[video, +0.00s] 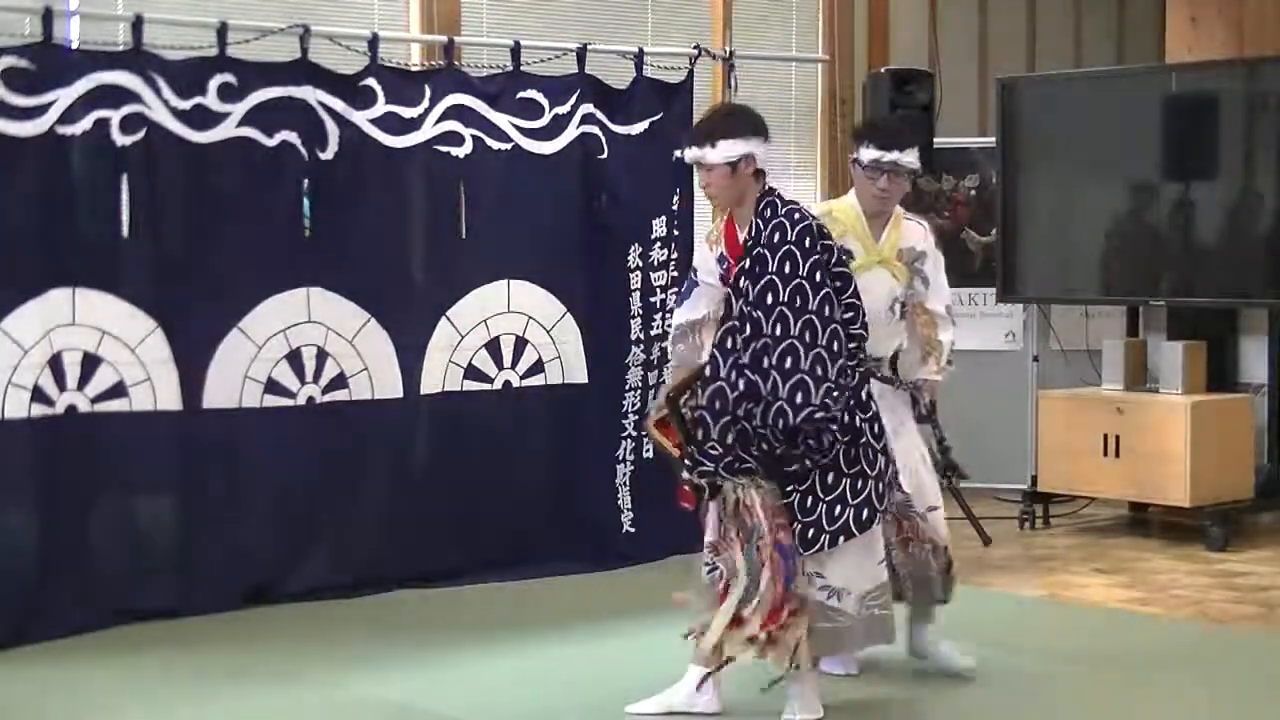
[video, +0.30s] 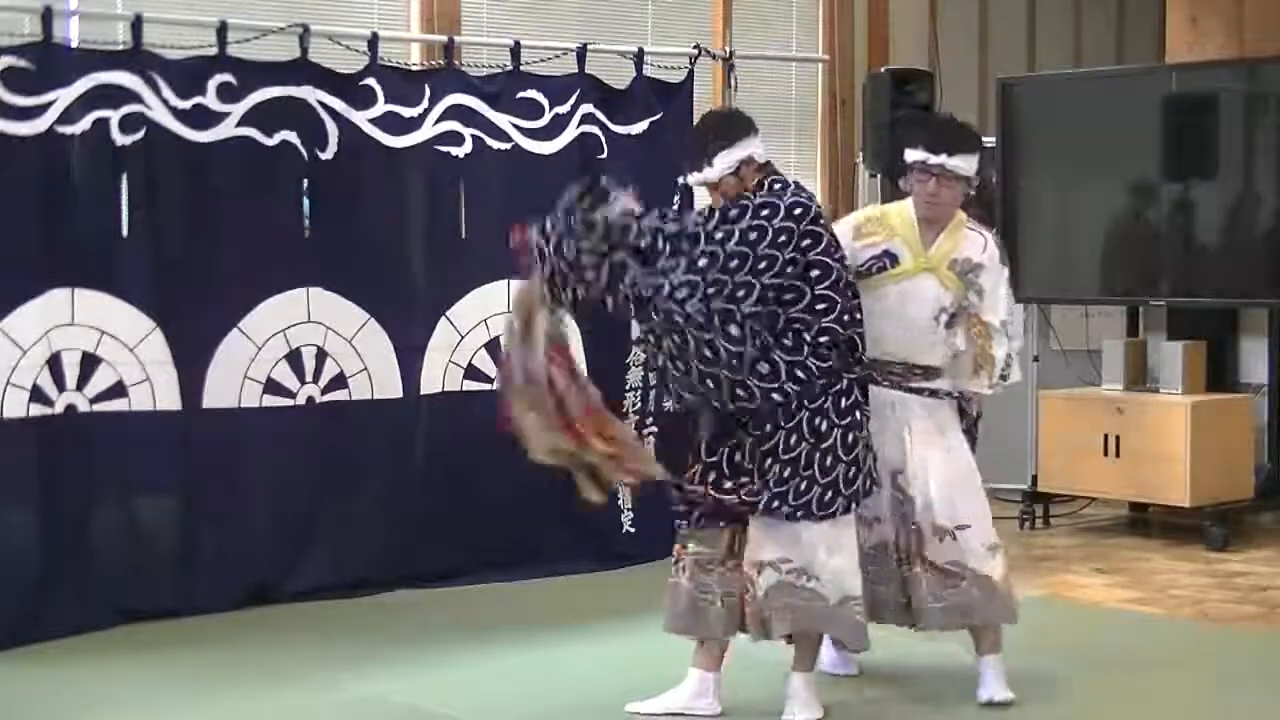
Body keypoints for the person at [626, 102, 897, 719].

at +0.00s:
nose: (702, 181)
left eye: (711, 169)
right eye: (698, 169)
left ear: (749, 168)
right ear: (714, 170)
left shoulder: (790, 232)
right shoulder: (733, 232)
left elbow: (790, 348)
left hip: (788, 427)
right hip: (745, 421)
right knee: (761, 553)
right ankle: (807, 692)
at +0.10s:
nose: (709, 186)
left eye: (717, 172)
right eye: (704, 174)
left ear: (752, 165)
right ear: (719, 169)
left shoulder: (789, 221)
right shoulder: (744, 226)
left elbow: (771, 331)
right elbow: (718, 302)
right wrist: (670, 334)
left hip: (814, 418)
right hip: (754, 415)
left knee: (805, 549)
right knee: (722, 538)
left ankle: (803, 687)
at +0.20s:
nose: (715, 193)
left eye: (722, 179)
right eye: (709, 182)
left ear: (754, 166)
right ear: (714, 171)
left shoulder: (787, 219)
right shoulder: (757, 218)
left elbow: (747, 312)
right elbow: (716, 270)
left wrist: (667, 306)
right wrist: (657, 287)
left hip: (811, 419)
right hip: (750, 414)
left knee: (805, 550)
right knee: (714, 536)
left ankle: (804, 686)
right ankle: (702, 683)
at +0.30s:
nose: (711, 193)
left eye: (715, 179)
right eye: (706, 183)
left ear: (745, 164)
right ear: (741, 166)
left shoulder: (786, 210)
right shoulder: (727, 218)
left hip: (804, 414)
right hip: (733, 410)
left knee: (800, 547)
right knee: (714, 541)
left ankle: (801, 688)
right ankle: (702, 683)